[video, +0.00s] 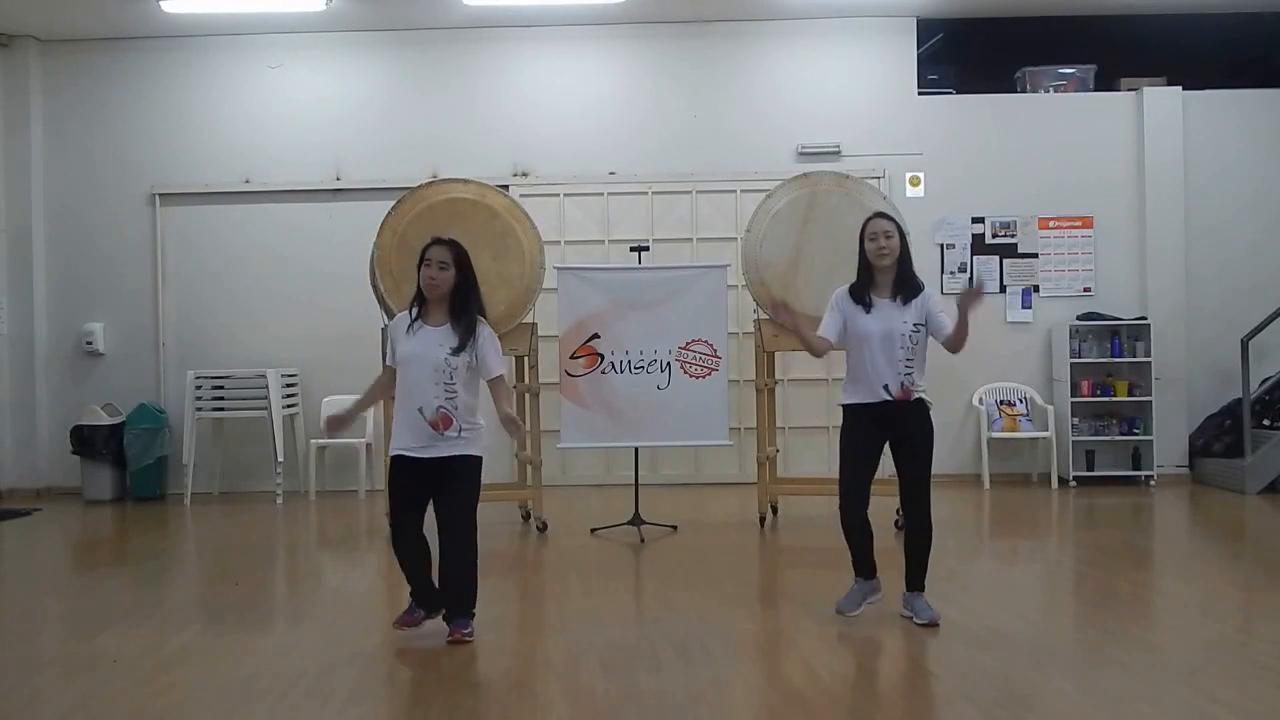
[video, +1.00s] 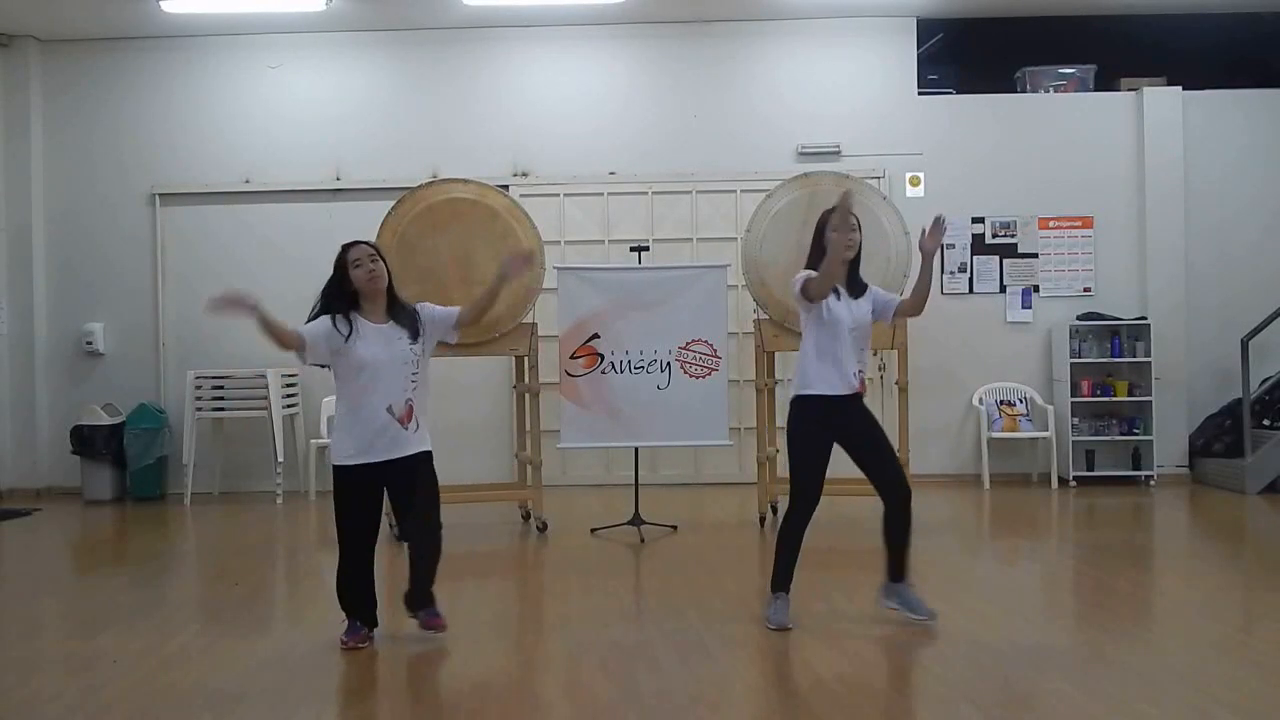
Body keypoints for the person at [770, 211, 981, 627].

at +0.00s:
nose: (881, 243)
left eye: (888, 236)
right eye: (873, 238)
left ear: (902, 243)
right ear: (862, 247)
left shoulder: (921, 295)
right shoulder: (845, 298)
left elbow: (953, 344)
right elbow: (820, 348)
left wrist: (964, 313)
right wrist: (798, 327)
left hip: (910, 413)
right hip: (860, 414)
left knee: (917, 507)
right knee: (851, 506)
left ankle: (915, 594)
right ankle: (866, 582)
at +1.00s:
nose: (852, 234)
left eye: (855, 228)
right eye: (843, 228)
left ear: (859, 240)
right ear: (823, 237)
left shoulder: (865, 293)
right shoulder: (806, 281)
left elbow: (913, 307)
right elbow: (818, 292)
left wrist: (927, 260)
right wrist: (836, 257)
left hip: (852, 407)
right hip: (811, 408)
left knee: (897, 491)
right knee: (803, 503)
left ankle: (896, 586)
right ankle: (779, 596)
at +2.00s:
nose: (892, 228)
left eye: (899, 220)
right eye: (883, 222)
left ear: (912, 230)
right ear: (872, 234)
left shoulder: (928, 280)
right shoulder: (859, 282)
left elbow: (951, 262)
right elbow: (822, 269)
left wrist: (938, 207)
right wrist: (820, 216)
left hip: (920, 402)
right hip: (869, 401)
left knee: (932, 500)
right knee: (841, 496)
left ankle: (945, 594)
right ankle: (822, 588)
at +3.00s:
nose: (847, 224)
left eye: (853, 218)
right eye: (837, 219)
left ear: (864, 229)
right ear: (822, 235)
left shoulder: (877, 282)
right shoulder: (816, 277)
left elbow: (922, 264)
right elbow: (850, 249)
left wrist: (923, 209)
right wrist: (865, 191)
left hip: (869, 403)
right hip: (824, 405)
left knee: (909, 496)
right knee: (809, 502)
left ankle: (941, 589)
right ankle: (781, 597)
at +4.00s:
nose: (881, 230)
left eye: (888, 223)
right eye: (873, 225)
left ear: (903, 230)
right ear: (864, 236)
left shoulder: (918, 281)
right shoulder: (854, 283)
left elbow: (920, 252)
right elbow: (824, 263)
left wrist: (902, 202)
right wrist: (824, 208)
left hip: (912, 406)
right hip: (861, 405)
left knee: (932, 503)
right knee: (832, 501)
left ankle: (953, 599)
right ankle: (794, 594)